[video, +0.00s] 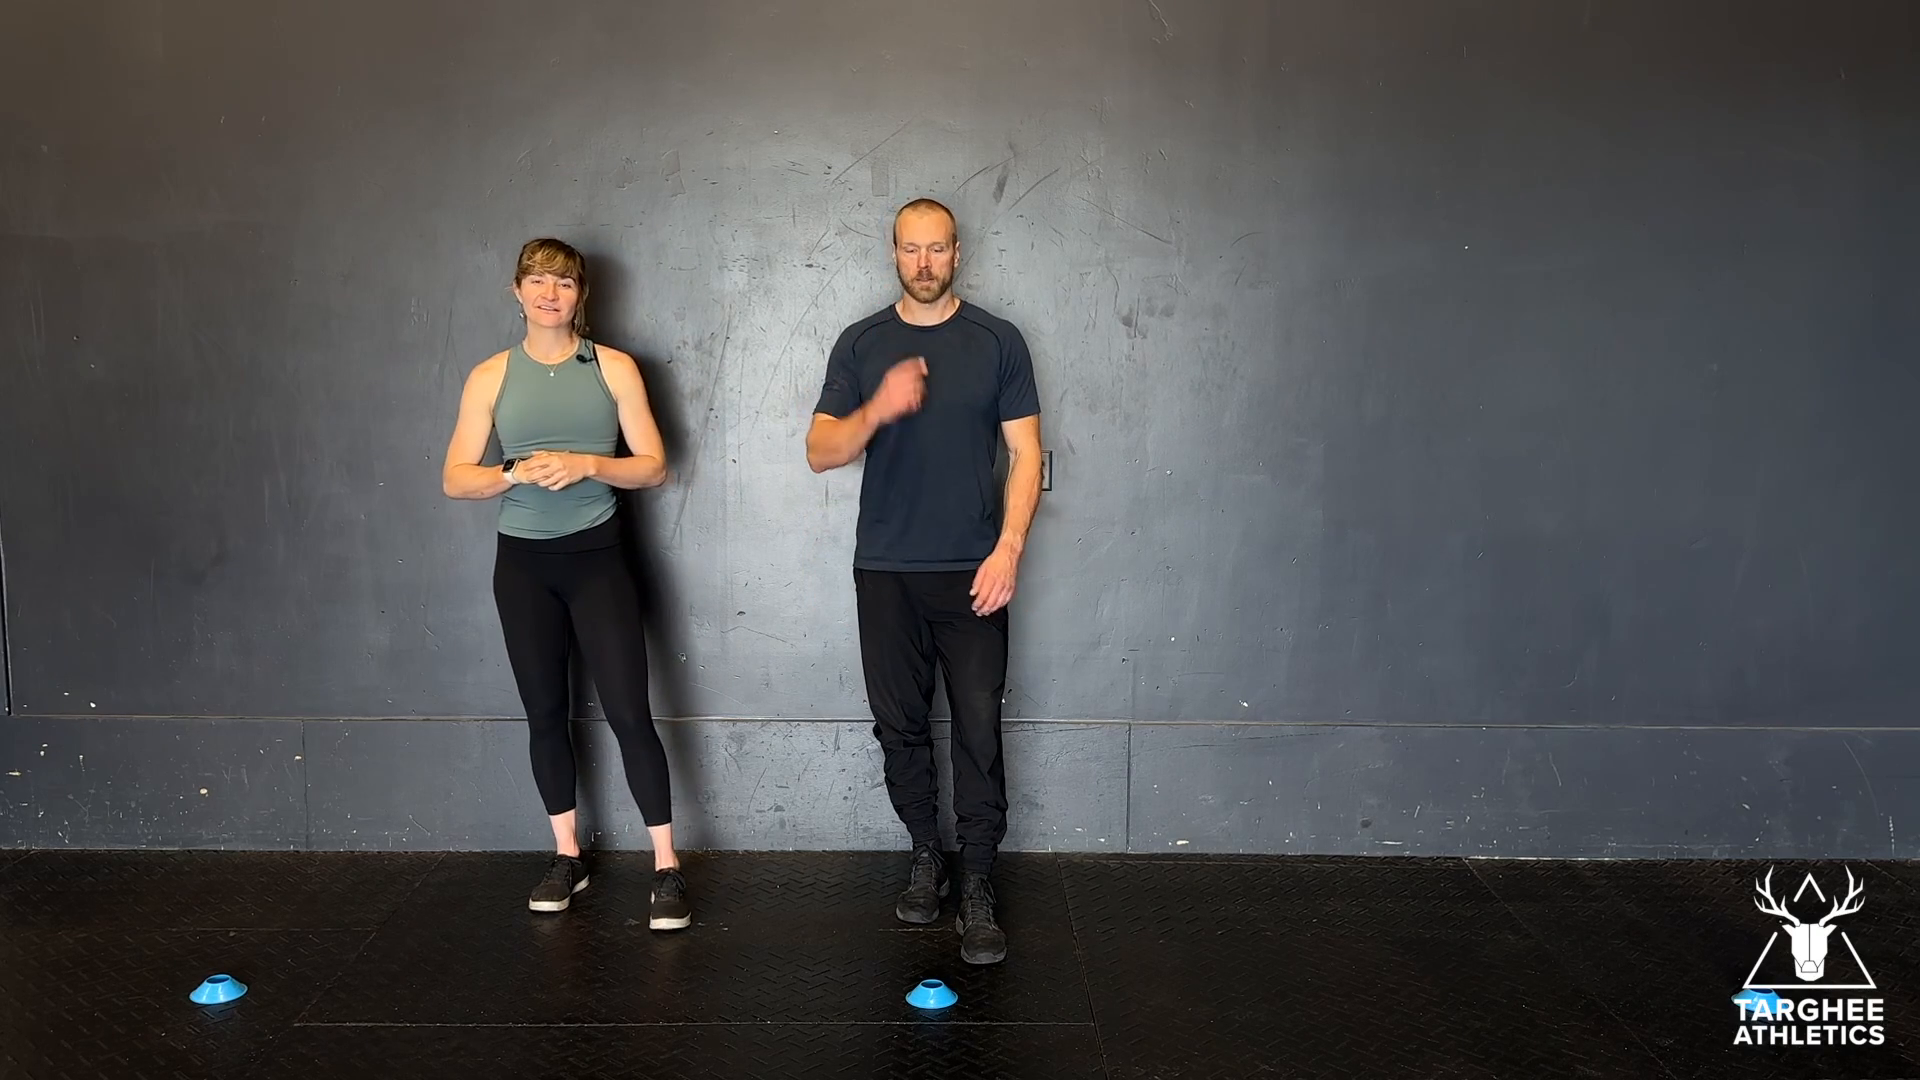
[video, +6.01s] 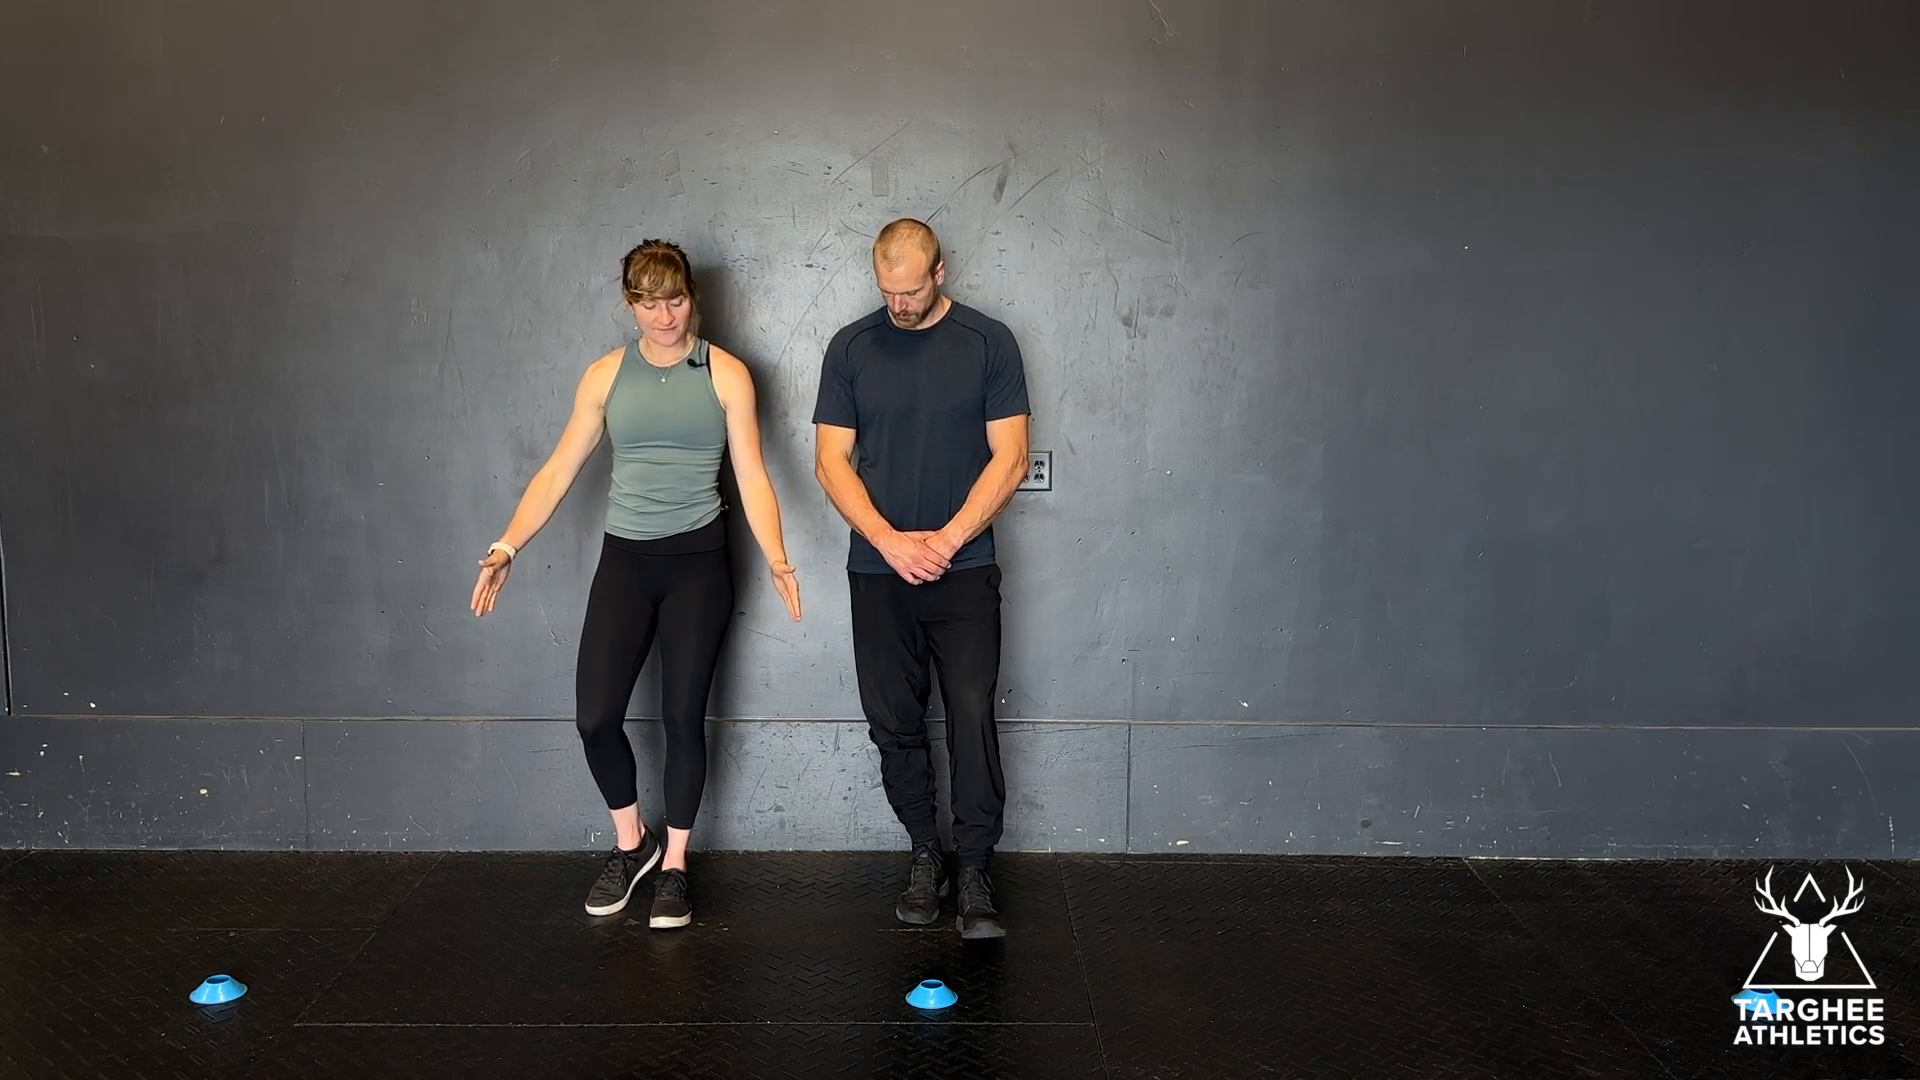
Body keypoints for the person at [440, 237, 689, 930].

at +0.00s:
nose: (549, 289)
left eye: (561, 279)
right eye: (536, 279)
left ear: (580, 293)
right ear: (518, 291)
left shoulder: (615, 368)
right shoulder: (490, 376)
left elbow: (653, 468)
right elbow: (455, 478)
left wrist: (585, 465)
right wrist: (514, 473)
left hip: (599, 557)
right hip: (523, 563)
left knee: (629, 711)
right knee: (545, 712)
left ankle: (665, 866)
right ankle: (568, 858)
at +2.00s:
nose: (684, 294)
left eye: (697, 282)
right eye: (672, 281)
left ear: (711, 293)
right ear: (652, 290)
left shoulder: (739, 377)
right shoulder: (615, 371)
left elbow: (774, 478)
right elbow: (575, 464)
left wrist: (712, 486)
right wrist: (619, 485)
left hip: (701, 564)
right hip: (625, 562)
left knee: (685, 717)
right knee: (595, 723)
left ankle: (675, 866)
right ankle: (623, 838)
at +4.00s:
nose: (672, 321)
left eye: (684, 308)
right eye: (660, 308)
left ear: (702, 304)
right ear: (641, 303)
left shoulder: (734, 375)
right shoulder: (609, 372)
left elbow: (746, 473)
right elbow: (587, 470)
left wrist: (773, 551)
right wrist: (593, 539)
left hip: (704, 563)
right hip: (626, 564)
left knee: (686, 717)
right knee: (605, 722)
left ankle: (675, 867)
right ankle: (635, 846)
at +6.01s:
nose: (667, 314)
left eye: (676, 299)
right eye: (652, 303)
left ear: (691, 299)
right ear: (631, 307)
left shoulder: (726, 375)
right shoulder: (607, 375)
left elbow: (751, 475)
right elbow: (559, 470)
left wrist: (778, 559)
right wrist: (504, 549)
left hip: (700, 561)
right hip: (624, 561)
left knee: (683, 715)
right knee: (596, 716)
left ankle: (674, 868)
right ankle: (634, 848)